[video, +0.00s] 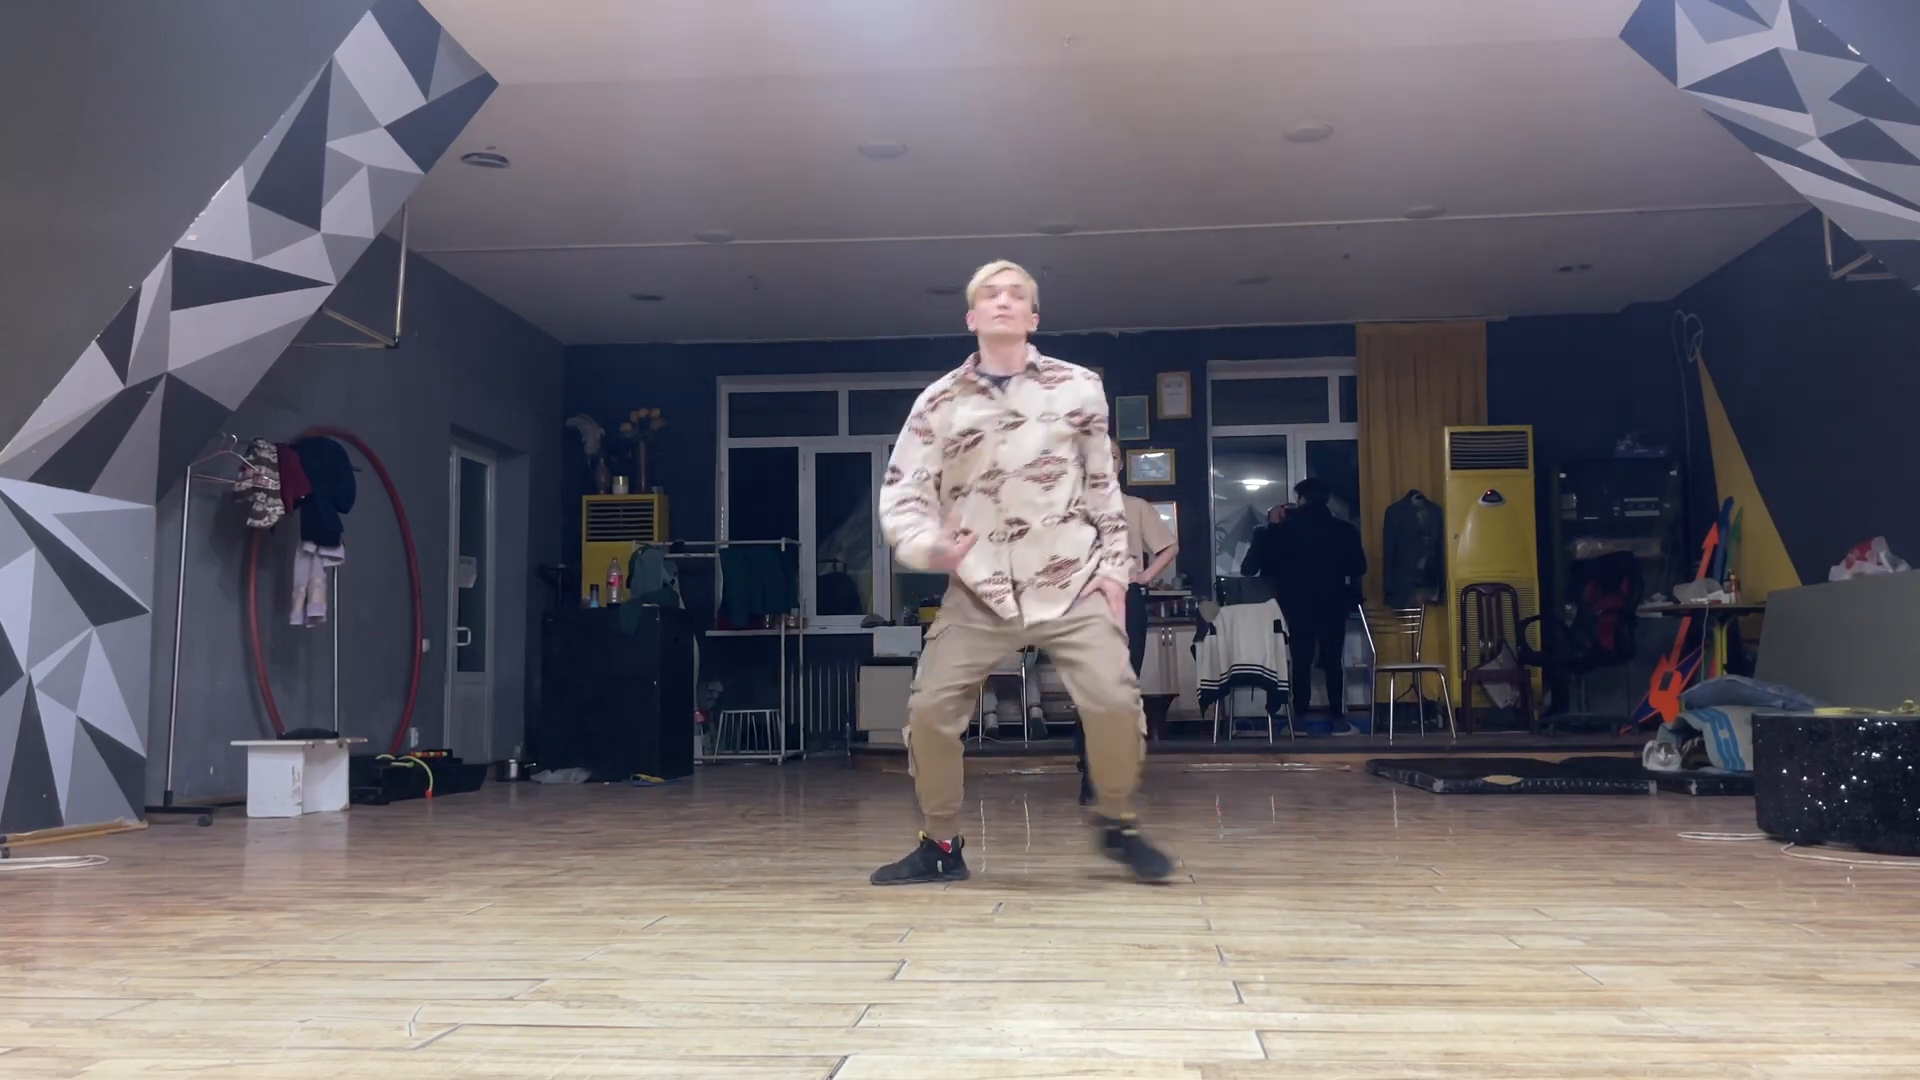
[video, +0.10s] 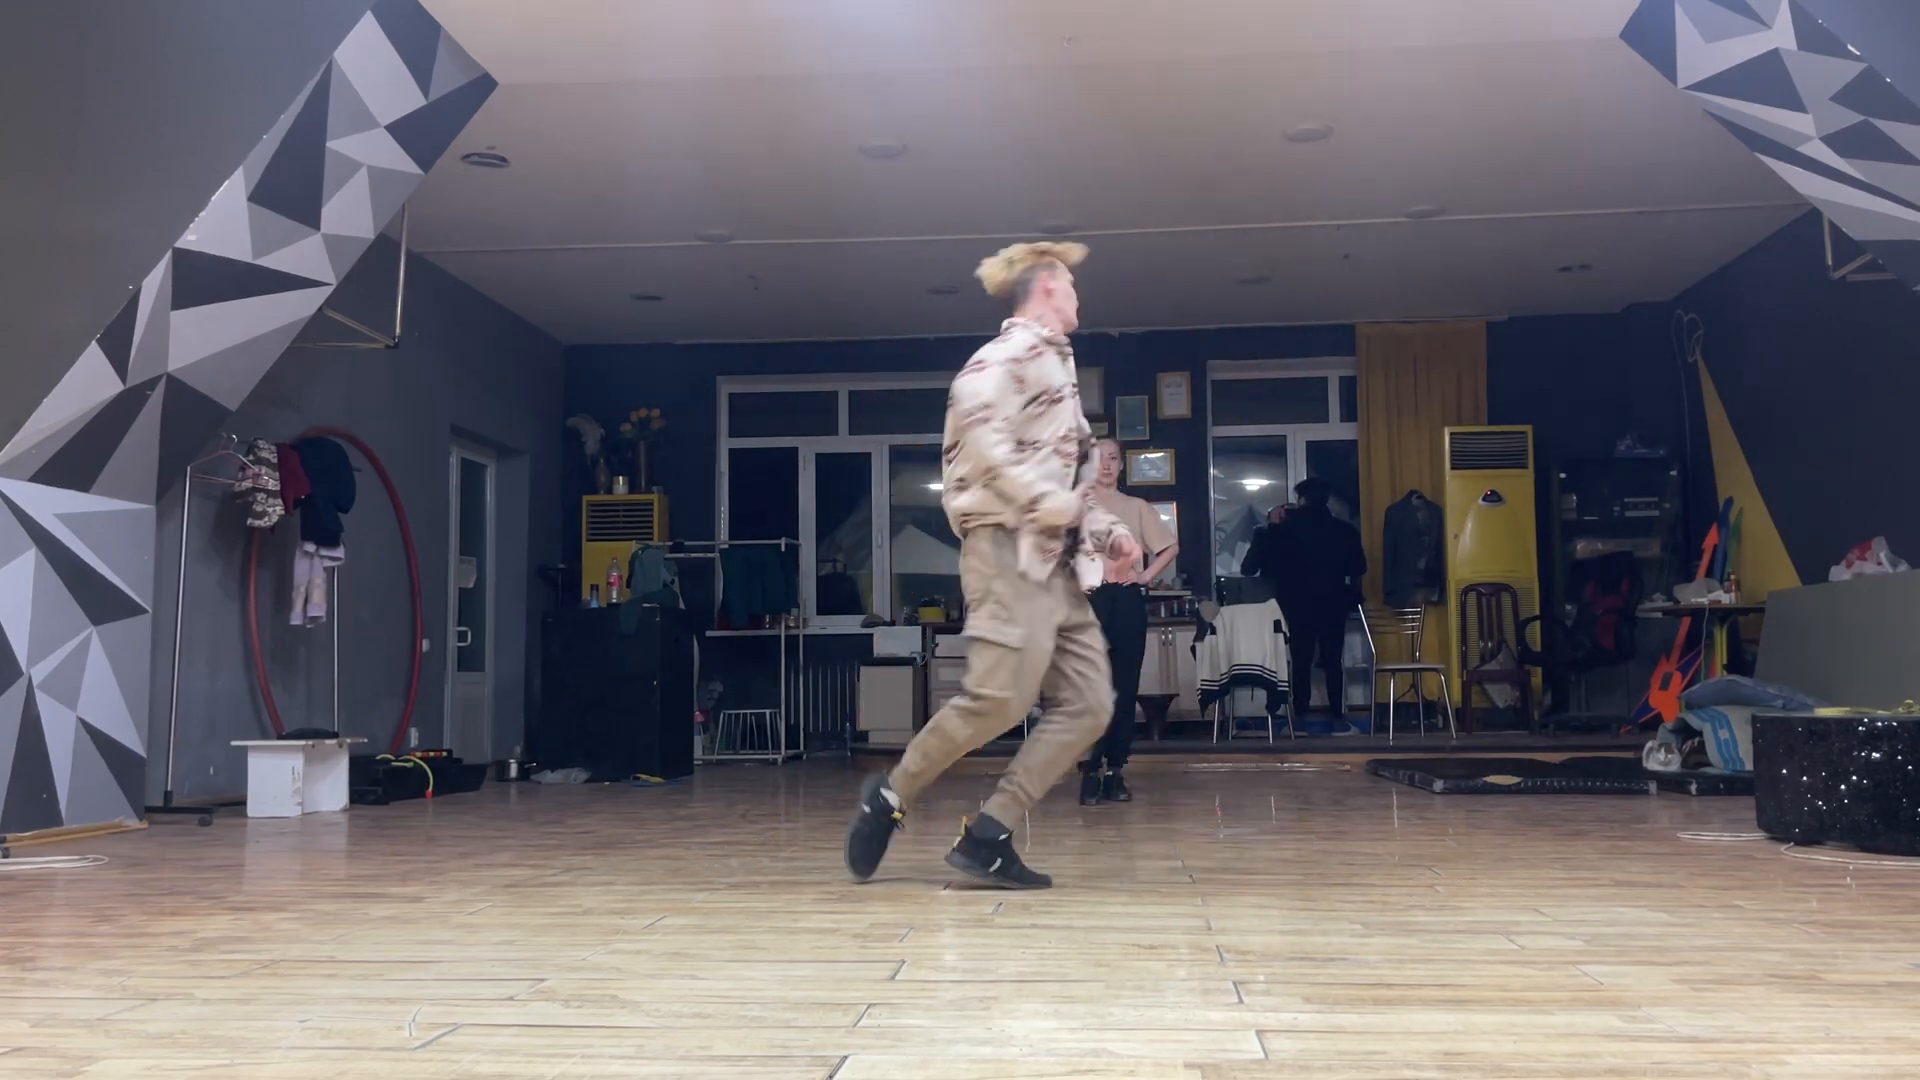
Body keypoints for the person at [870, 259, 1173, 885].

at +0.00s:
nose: (1003, 301)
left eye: (1015, 294)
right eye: (990, 294)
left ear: (1035, 317)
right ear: (970, 316)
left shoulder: (1078, 388)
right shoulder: (938, 403)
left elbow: (1104, 490)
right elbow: (902, 500)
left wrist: (1113, 567)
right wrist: (927, 546)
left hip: (1072, 591)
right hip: (979, 596)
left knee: (1116, 701)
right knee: (929, 712)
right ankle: (941, 844)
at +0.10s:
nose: (1077, 301)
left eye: (1074, 290)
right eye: (1069, 289)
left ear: (1040, 295)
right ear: (1041, 292)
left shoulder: (1053, 367)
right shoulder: (1000, 357)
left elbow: (1057, 478)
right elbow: (985, 450)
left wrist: (1108, 531)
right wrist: (1056, 505)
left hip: (1052, 550)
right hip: (1005, 544)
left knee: (1088, 705)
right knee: (999, 697)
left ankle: (989, 834)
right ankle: (889, 799)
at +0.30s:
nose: (982, 300)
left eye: (982, 290)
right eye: (980, 292)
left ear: (1002, 277)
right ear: (1049, 277)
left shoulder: (996, 299)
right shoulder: (1136, 336)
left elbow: (929, 332)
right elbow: (1154, 433)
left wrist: (885, 382)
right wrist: (1160, 514)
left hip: (1028, 484)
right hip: (1116, 495)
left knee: (995, 656)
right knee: (1095, 613)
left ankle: (1005, 795)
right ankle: (1086, 677)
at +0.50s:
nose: (957, 430)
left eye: (951, 415)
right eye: (947, 425)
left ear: (968, 379)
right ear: (965, 400)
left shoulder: (1022, 348)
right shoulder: (1019, 437)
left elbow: (1021, 252)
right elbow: (1070, 501)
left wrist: (1027, 156)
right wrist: (1049, 547)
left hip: (1132, 529)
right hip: (1125, 542)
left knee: (1051, 674)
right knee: (1104, 675)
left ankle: (1145, 839)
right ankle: (1139, 824)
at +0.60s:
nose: (956, 522)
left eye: (951, 505)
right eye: (945, 516)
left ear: (974, 469)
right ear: (954, 501)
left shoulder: (1028, 431)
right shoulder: (1001, 545)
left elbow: (1034, 332)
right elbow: (1054, 602)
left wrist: (1043, 230)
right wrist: (1045, 644)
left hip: (1170, 582)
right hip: (1111, 603)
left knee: (1098, 711)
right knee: (1065, 702)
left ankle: (1201, 864)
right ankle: (1146, 836)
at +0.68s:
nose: (965, 576)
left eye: (962, 560)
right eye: (953, 571)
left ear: (981, 523)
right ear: (958, 564)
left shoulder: (1020, 478)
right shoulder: (1011, 599)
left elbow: (996, 372)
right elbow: (1056, 644)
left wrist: (976, 279)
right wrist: (1053, 682)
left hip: (1188, 598)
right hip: (1124, 624)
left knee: (1110, 703)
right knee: (1063, 711)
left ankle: (1204, 864)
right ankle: (1149, 840)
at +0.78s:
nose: (963, 546)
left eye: (958, 530)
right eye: (952, 543)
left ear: (974, 495)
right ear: (955, 543)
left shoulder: (1016, 459)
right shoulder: (1019, 578)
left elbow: (985, 393)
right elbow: (1069, 634)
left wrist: (930, 320)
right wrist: (1042, 686)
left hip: (1184, 578)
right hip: (1130, 610)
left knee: (1119, 695)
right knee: (1070, 713)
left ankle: (1205, 862)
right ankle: (1148, 835)